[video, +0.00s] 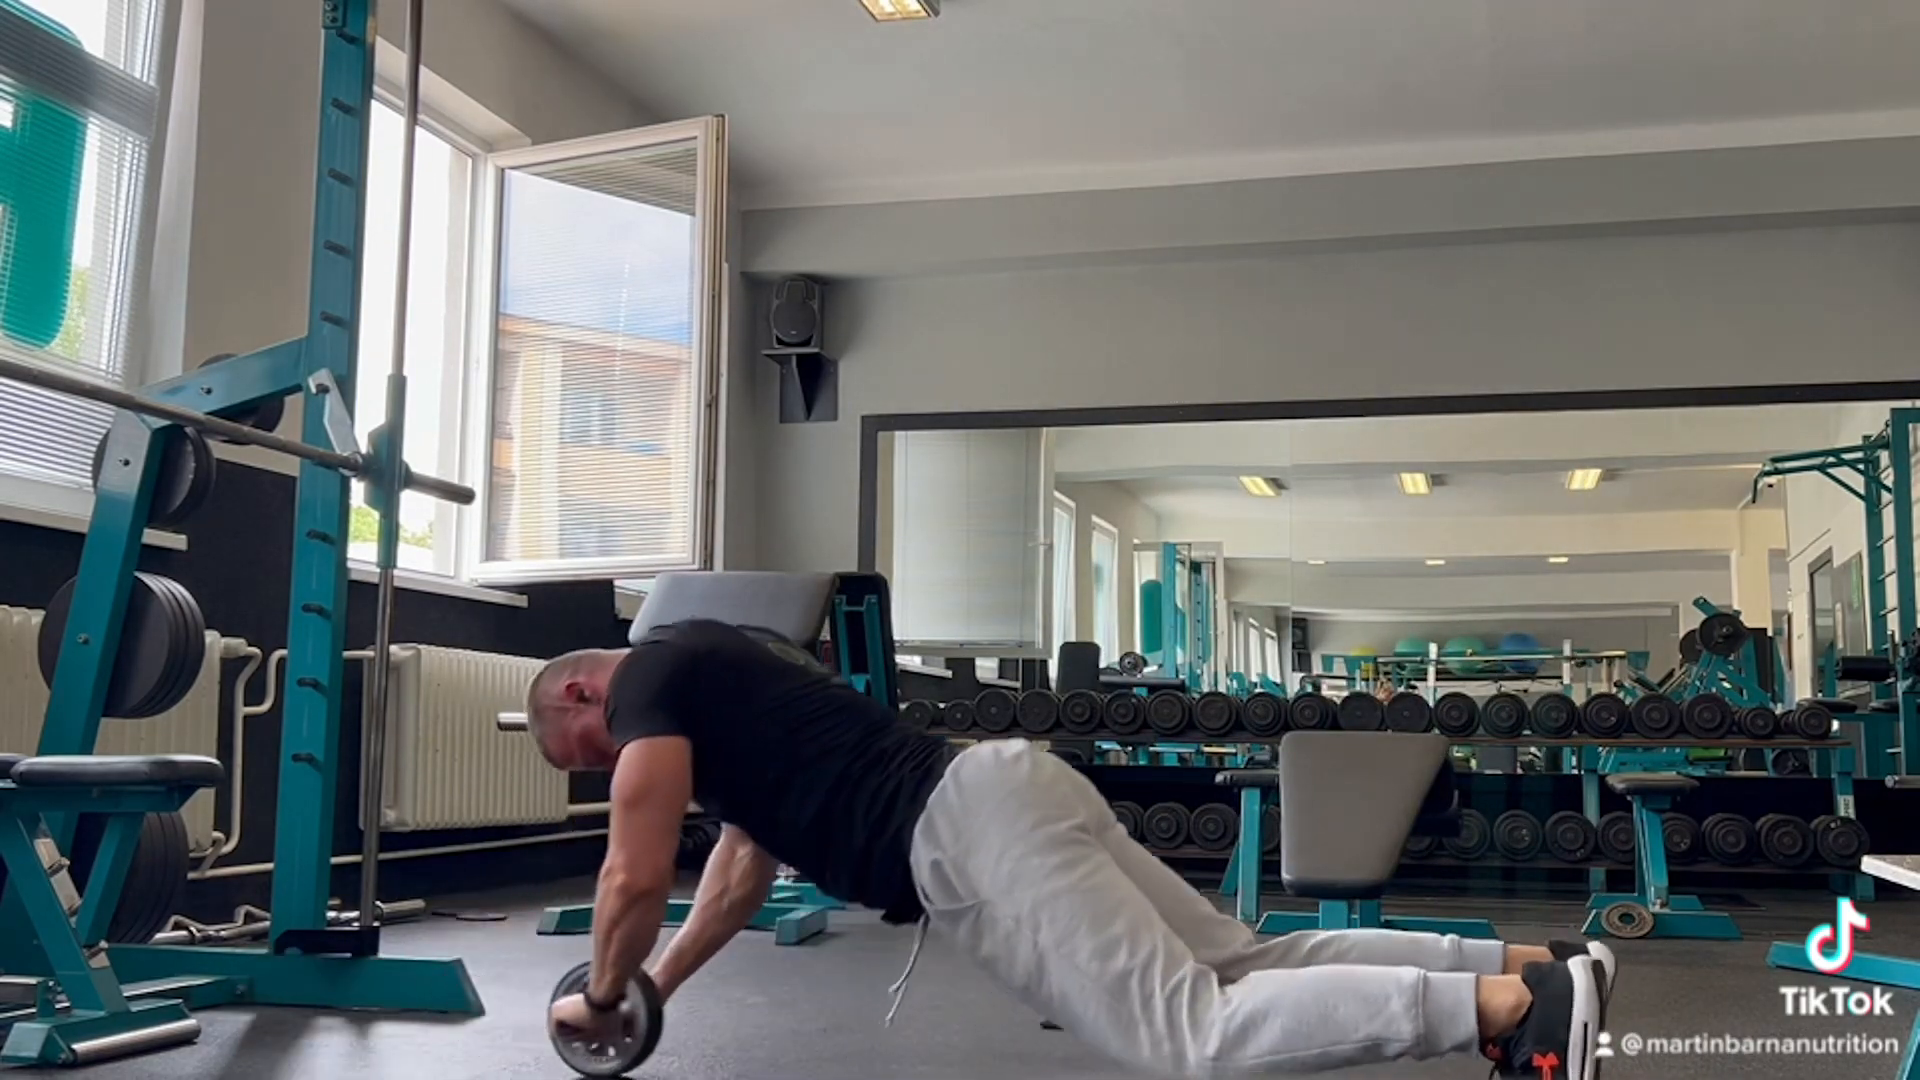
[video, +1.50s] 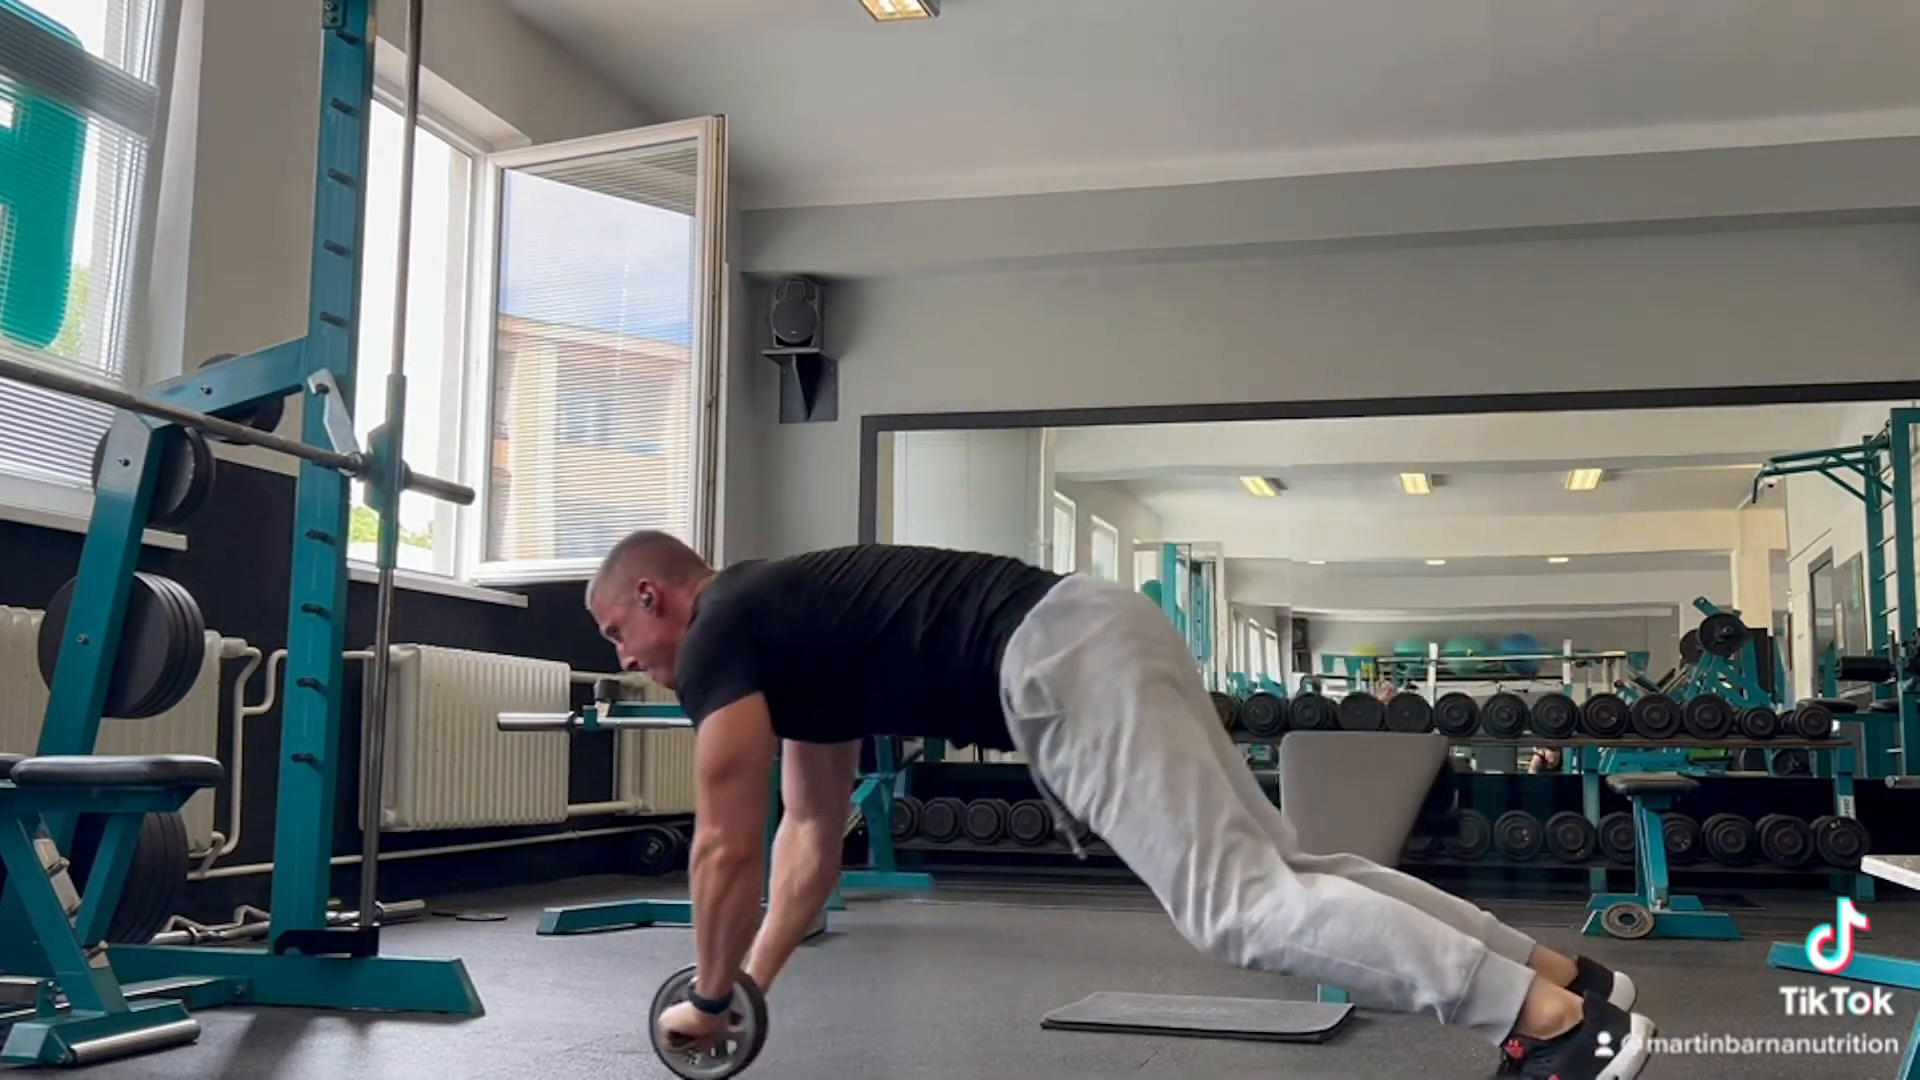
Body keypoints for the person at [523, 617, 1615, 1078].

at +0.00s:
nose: (592, 774)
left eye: (574, 752)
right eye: (582, 769)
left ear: (577, 690)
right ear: (608, 689)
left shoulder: (655, 671)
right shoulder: (720, 684)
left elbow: (636, 873)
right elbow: (728, 886)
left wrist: (604, 987)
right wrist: (641, 992)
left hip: (969, 817)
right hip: (1004, 786)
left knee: (1185, 1029)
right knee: (1240, 962)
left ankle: (1509, 1009)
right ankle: (1512, 978)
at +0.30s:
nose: (742, 747)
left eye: (716, 733)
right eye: (721, 744)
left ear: (713, 665)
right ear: (731, 665)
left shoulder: (809, 625)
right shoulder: (855, 639)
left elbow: (879, 830)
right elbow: (940, 834)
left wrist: (900, 985)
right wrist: (925, 980)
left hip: (1141, 579)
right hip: (1150, 579)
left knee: (1289, 831)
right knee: (1298, 825)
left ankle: (1563, 989)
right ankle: (1557, 979)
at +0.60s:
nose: (961, 797)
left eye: (941, 775)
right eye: (941, 788)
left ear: (968, 710)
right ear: (974, 708)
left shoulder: (1061, 654)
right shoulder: (1063, 646)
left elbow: (1192, 838)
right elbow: (1197, 831)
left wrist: (1241, 1003)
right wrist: (1243, 993)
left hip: (1351, 498)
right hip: (1356, 499)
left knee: (1402, 784)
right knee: (1417, 778)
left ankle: (1602, 1021)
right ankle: (1589, 1011)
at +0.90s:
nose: (1077, 823)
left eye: (1064, 793)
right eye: (1059, 809)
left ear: (1103, 730)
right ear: (1110, 728)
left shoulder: (1186, 681)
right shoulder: (1196, 692)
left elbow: (1363, 850)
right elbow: (1348, 852)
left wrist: (1461, 1019)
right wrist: (1462, 1013)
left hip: (1464, 486)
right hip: (1461, 497)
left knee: (1469, 781)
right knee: (1466, 786)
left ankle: (1637, 1047)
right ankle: (1624, 1032)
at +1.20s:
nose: (888, 721)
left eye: (880, 693)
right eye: (875, 703)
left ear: (926, 641)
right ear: (934, 642)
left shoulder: (1018, 621)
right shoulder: (1069, 630)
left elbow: (1086, 845)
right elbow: (1154, 833)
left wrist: (1105, 1009)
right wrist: (1124, 995)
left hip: (1330, 509)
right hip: (1350, 503)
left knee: (1404, 808)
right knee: (1421, 801)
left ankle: (1616, 1035)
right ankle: (1607, 1026)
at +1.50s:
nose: (627, 661)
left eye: (620, 638)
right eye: (617, 644)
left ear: (656, 599)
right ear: (689, 585)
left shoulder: (729, 629)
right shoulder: (800, 631)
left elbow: (729, 844)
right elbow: (811, 842)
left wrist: (711, 992)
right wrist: (749, 980)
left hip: (1060, 651)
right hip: (1094, 632)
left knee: (1237, 906)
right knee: (1268, 873)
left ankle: (1543, 1004)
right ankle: (1552, 980)